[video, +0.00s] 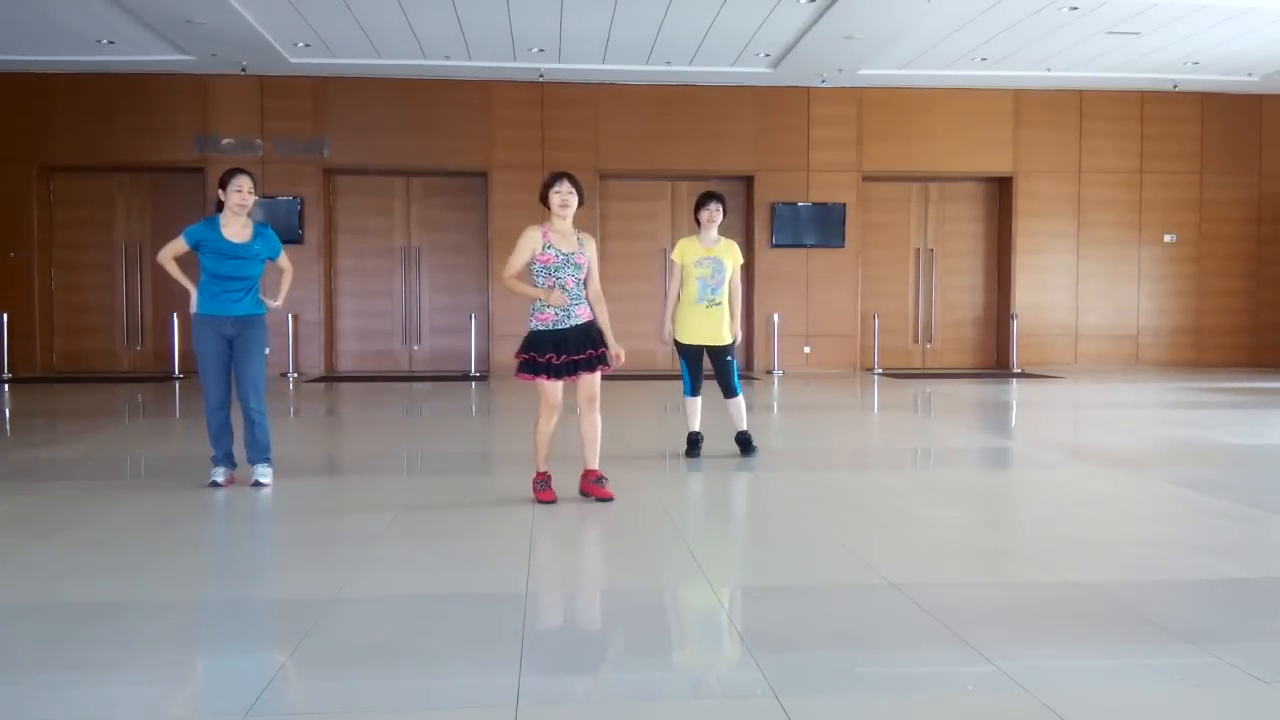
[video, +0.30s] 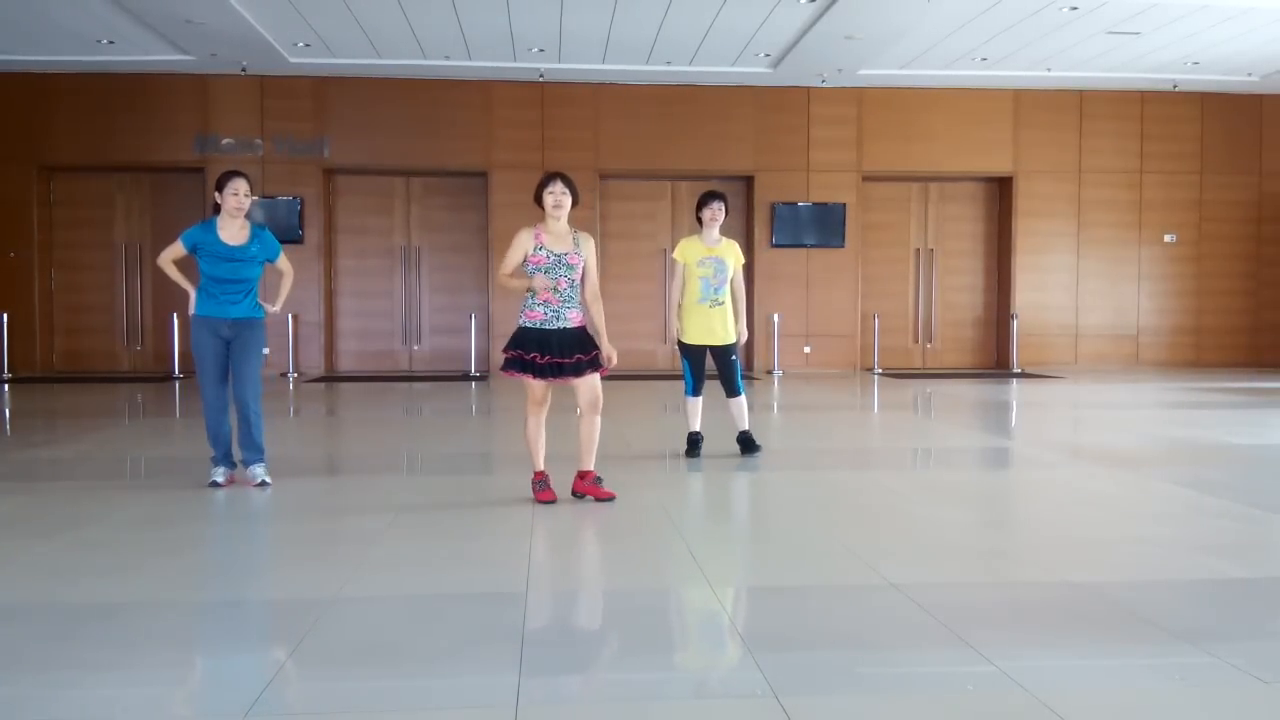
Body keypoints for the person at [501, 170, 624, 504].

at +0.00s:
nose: (564, 197)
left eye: (570, 193)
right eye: (557, 193)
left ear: (578, 201)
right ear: (547, 200)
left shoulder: (586, 242)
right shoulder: (534, 235)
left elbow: (595, 292)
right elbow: (508, 277)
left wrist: (610, 339)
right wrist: (542, 293)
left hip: (585, 330)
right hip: (548, 332)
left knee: (590, 401)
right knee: (552, 405)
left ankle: (592, 474)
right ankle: (542, 475)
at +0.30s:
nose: (558, 198)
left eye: (563, 193)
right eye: (551, 193)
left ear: (572, 200)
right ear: (541, 200)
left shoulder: (584, 242)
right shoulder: (527, 237)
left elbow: (592, 295)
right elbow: (503, 277)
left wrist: (603, 340)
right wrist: (530, 282)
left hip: (575, 333)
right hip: (537, 332)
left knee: (593, 401)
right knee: (538, 403)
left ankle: (586, 476)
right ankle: (540, 476)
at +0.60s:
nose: (560, 200)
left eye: (566, 195)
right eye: (553, 195)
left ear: (576, 202)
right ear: (545, 202)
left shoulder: (593, 241)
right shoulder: (533, 240)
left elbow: (601, 292)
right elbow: (528, 294)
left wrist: (607, 338)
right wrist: (522, 279)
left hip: (580, 334)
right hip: (540, 333)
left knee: (590, 409)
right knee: (540, 405)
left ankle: (600, 474)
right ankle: (541, 476)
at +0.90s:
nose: (569, 196)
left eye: (575, 191)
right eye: (563, 191)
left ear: (586, 198)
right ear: (554, 198)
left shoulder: (603, 235)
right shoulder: (543, 239)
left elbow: (614, 287)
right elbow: (546, 288)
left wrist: (618, 332)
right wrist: (523, 290)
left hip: (594, 331)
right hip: (554, 331)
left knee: (594, 405)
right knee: (552, 401)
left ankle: (601, 476)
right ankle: (553, 475)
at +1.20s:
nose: (575, 199)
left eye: (581, 194)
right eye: (569, 194)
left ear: (591, 201)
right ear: (559, 201)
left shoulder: (607, 239)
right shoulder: (546, 240)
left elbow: (618, 291)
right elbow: (542, 290)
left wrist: (628, 335)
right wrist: (531, 325)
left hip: (604, 334)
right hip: (563, 336)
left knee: (601, 405)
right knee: (561, 409)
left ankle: (602, 475)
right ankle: (552, 475)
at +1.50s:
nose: (575, 202)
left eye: (580, 197)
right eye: (568, 197)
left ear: (589, 204)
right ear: (557, 204)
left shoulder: (599, 245)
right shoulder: (545, 239)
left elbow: (610, 295)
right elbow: (529, 288)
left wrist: (626, 341)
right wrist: (530, 334)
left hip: (600, 334)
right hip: (562, 337)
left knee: (598, 405)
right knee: (566, 411)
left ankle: (600, 475)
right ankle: (545, 475)